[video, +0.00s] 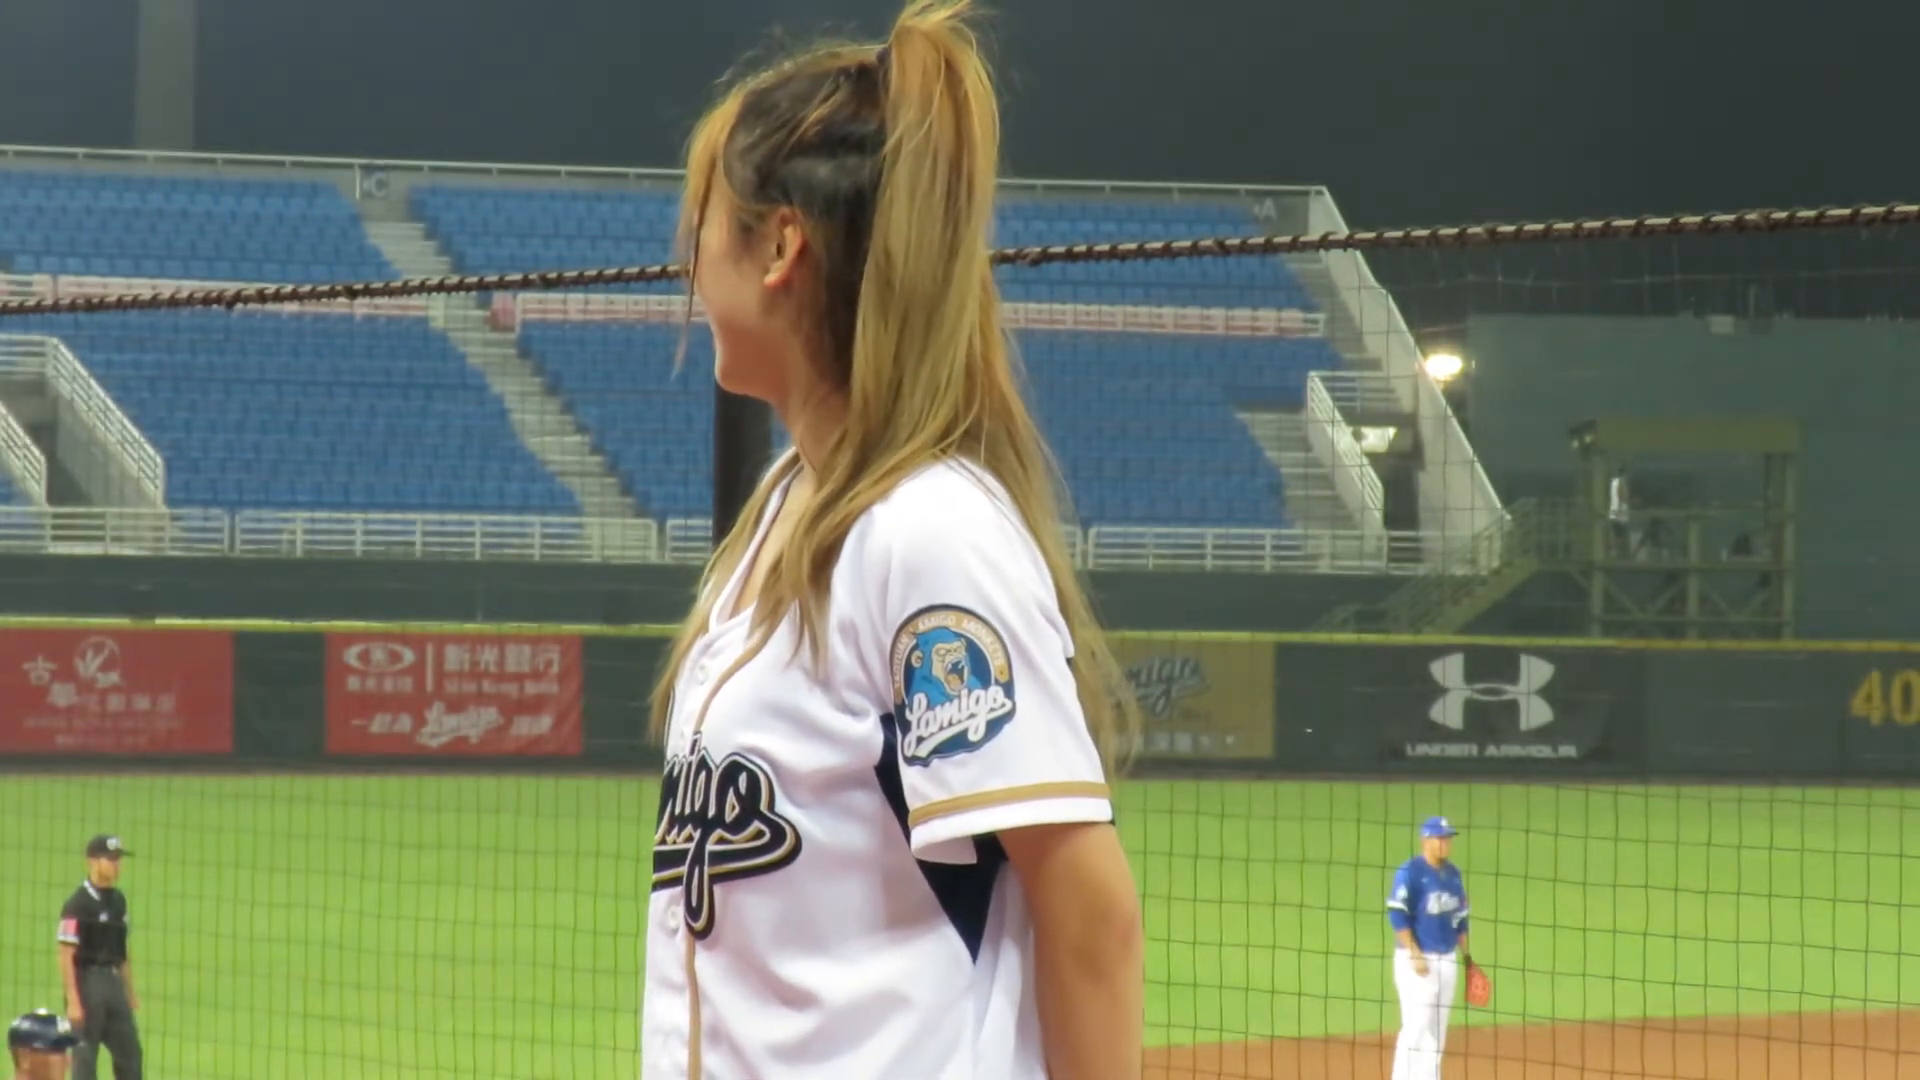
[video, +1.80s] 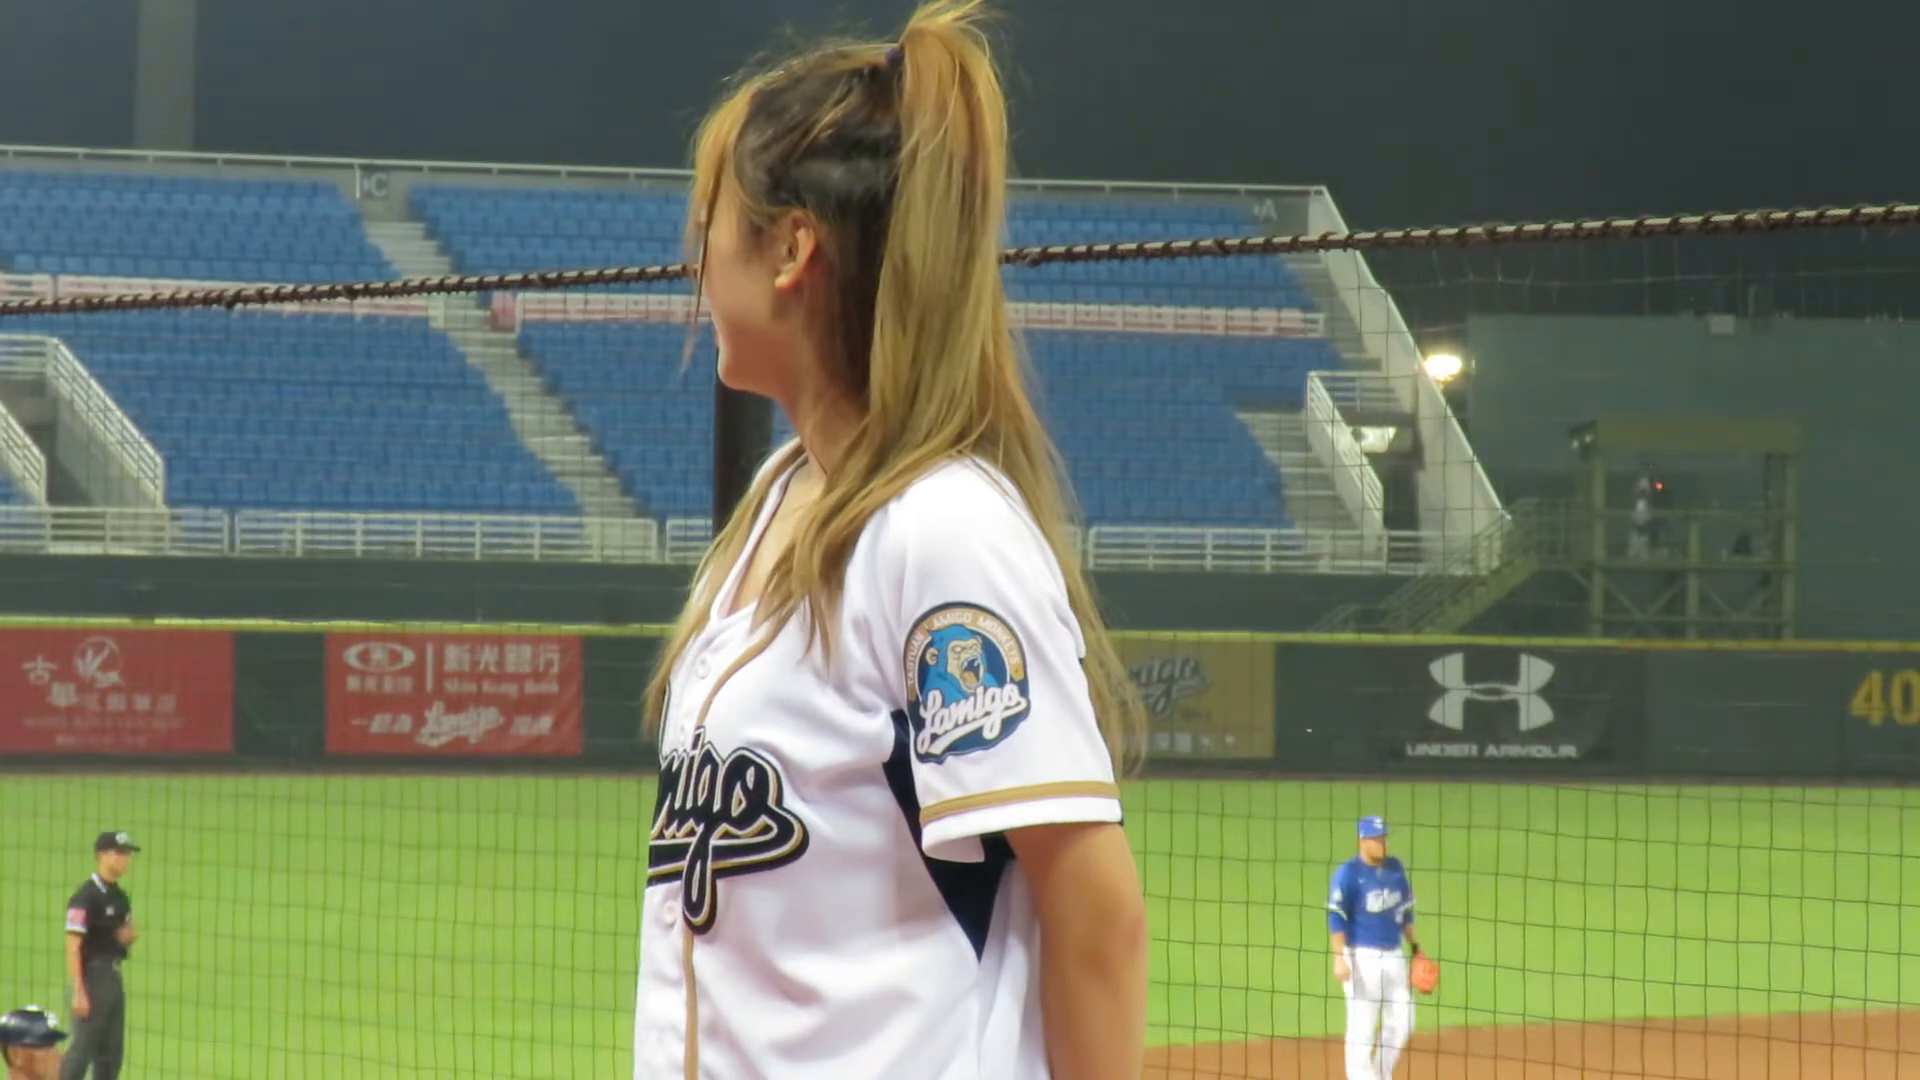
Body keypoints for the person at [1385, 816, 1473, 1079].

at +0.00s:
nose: (1445, 844)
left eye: (1447, 839)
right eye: (1439, 839)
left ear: (1450, 842)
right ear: (1426, 840)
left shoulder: (1452, 874)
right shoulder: (1410, 872)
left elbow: (1460, 921)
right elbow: (1397, 914)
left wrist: (1467, 960)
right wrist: (1415, 952)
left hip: (1447, 960)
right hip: (1416, 958)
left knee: (1437, 1028)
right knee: (1416, 1025)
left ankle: (1429, 1075)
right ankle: (1404, 1075)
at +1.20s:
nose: (1410, 840)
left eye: (1413, 835)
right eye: (1404, 835)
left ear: (1417, 838)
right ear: (1392, 838)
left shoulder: (1426, 872)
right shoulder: (1376, 871)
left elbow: (1432, 921)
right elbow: (1366, 914)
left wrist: (1439, 959)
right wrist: (1377, 953)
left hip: (1424, 958)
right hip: (1390, 957)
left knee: (1426, 1032)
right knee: (1378, 1030)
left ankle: (1426, 1077)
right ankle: (1365, 1076)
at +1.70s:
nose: (1380, 844)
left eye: (1383, 839)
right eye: (1374, 839)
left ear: (1388, 840)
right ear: (1362, 841)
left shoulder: (1397, 869)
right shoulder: (1349, 874)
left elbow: (1407, 916)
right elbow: (1338, 918)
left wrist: (1418, 950)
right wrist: (1341, 958)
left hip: (1397, 958)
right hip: (1364, 958)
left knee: (1407, 1025)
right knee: (1364, 1029)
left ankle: (1399, 1075)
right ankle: (1359, 1075)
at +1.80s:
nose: (1380, 845)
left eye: (1382, 839)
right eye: (1373, 840)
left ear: (1386, 840)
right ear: (1361, 841)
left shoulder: (1395, 868)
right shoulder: (1347, 873)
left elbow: (1405, 915)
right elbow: (1336, 917)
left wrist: (1415, 948)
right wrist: (1340, 956)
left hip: (1395, 957)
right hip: (1362, 957)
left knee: (1400, 1025)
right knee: (1363, 1027)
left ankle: (1381, 1074)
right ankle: (1361, 1075)